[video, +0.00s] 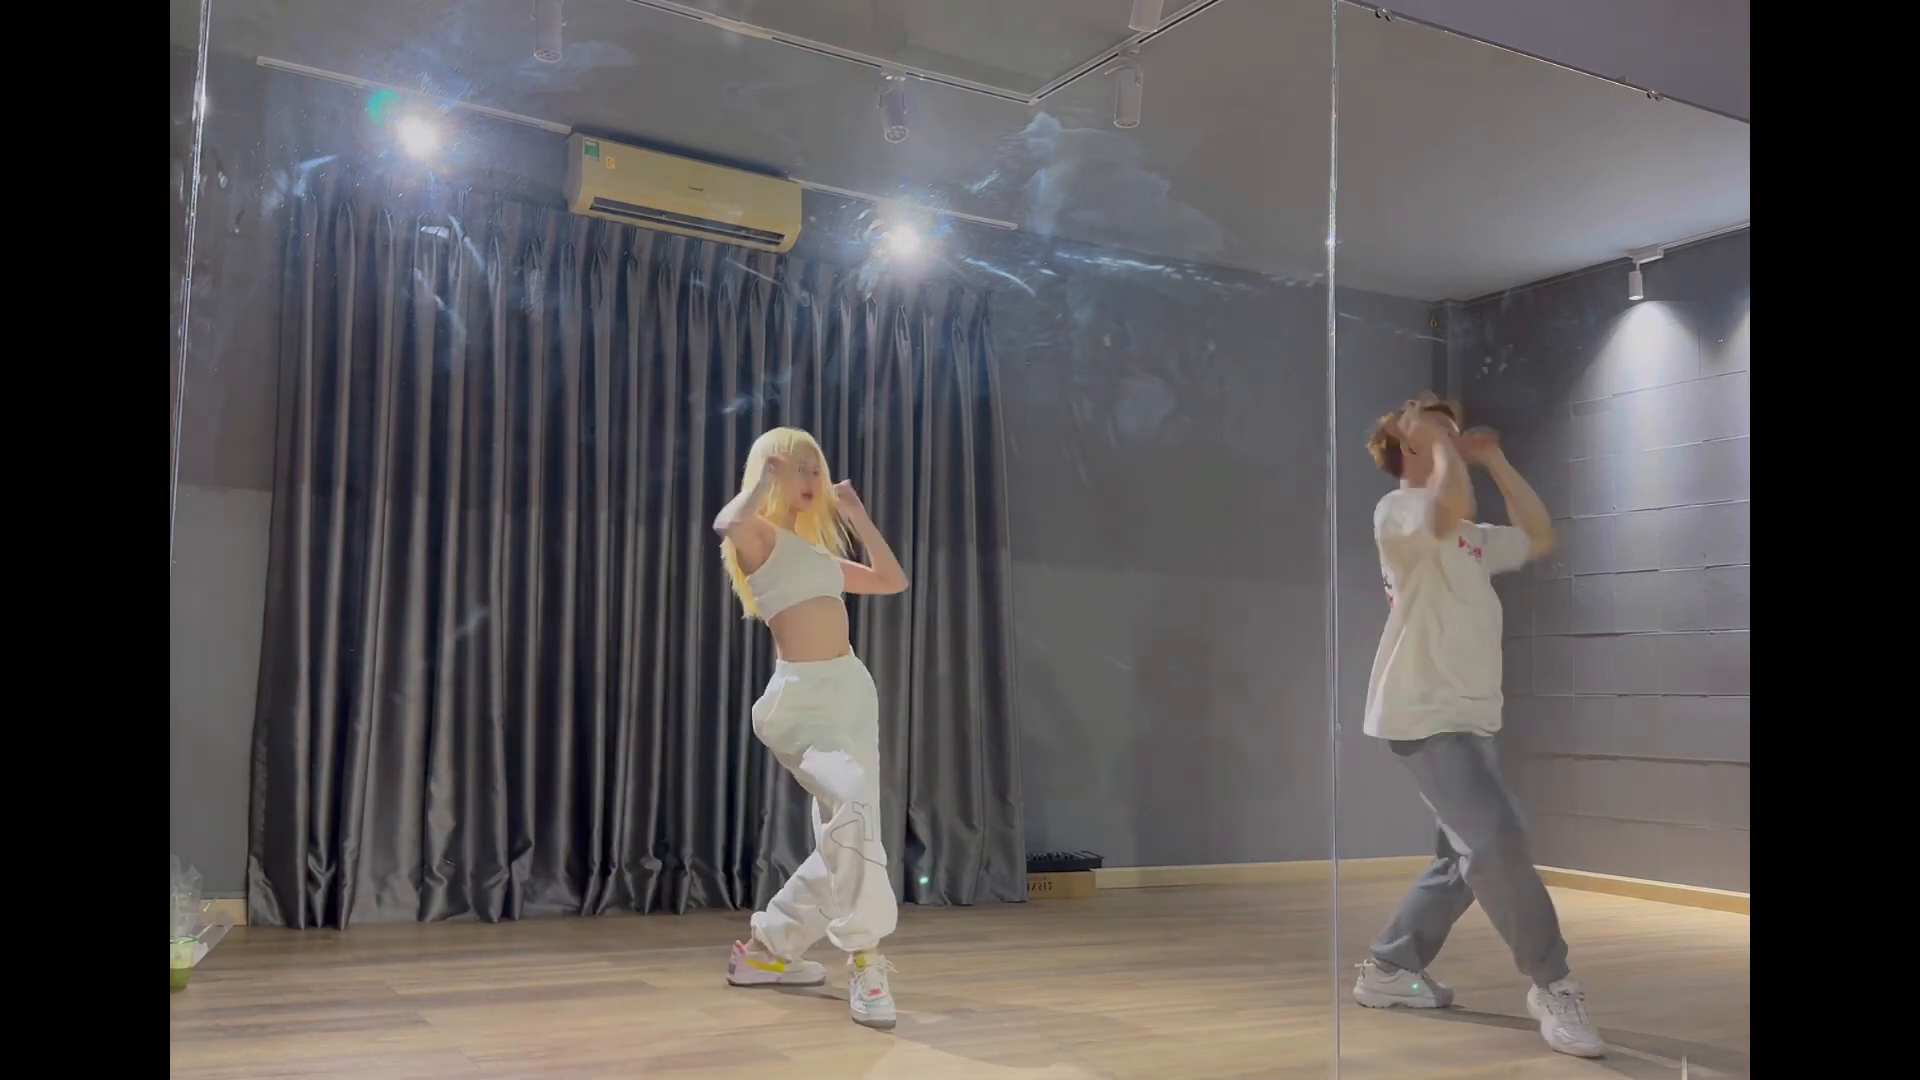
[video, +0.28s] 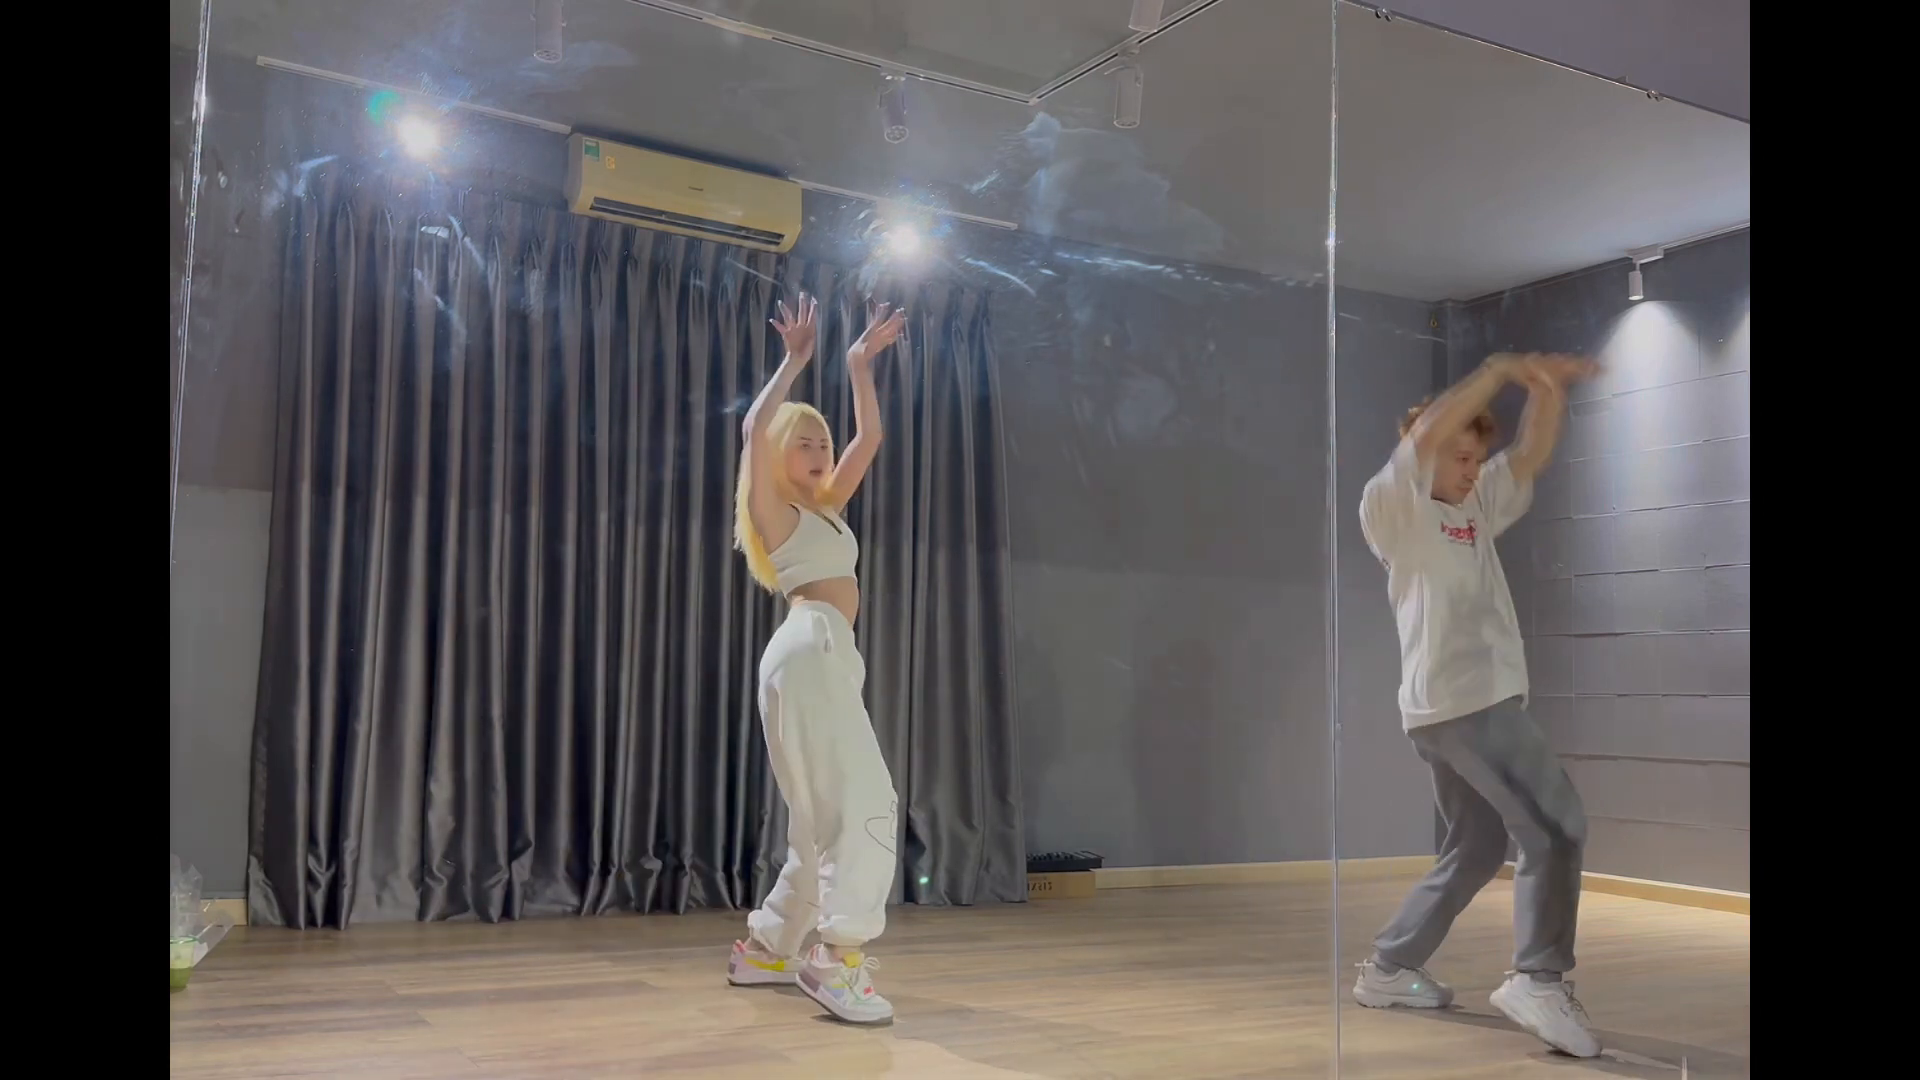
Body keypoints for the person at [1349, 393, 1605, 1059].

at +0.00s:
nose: (1445, 430)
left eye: (1448, 421)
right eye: (1429, 422)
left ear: (1455, 441)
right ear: (1401, 447)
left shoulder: (1472, 528)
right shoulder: (1393, 510)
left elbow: (1540, 537)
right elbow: (1449, 513)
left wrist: (1494, 460)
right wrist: (1446, 443)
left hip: (1477, 712)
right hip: (1421, 712)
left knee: (1467, 853)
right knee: (1497, 835)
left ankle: (1389, 970)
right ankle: (1552, 986)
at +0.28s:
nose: (1472, 472)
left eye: (1479, 460)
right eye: (1461, 457)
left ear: (1485, 462)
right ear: (1421, 448)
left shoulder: (1476, 504)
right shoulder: (1394, 513)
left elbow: (1526, 459)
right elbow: (1427, 436)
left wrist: (1548, 394)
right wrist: (1502, 367)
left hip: (1475, 701)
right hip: (1457, 703)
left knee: (1474, 850)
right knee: (1557, 827)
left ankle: (1388, 970)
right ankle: (1537, 983)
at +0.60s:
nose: (1459, 458)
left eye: (1466, 446)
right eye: (1449, 443)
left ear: (1466, 449)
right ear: (1409, 438)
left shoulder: (1458, 497)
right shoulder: (1367, 491)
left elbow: (1508, 438)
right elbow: (1349, 404)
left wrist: (1466, 374)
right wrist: (1400, 342)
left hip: (1469, 692)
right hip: (1402, 692)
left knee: (1465, 830)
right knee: (1468, 829)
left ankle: (1397, 961)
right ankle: (1529, 988)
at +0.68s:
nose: (1446, 453)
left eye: (1452, 443)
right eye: (1436, 439)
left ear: (1456, 449)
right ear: (1397, 436)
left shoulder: (1450, 508)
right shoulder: (1353, 500)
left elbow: (1524, 482)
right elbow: (1329, 455)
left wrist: (1468, 429)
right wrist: (1366, 400)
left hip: (1446, 697)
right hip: (1374, 695)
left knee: (1442, 827)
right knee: (1432, 806)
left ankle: (1394, 963)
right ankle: (1470, 951)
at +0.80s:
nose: (1421, 462)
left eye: (1431, 456)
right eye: (1412, 445)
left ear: (1432, 466)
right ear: (1374, 438)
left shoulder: (1425, 529)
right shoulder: (1319, 491)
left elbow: (1488, 559)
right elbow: (1321, 559)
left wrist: (1476, 494)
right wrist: (1380, 499)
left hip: (1425, 698)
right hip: (1353, 689)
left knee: (1442, 832)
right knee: (1382, 790)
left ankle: (1397, 962)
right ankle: (1330, 920)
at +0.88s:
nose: (1396, 485)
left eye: (1407, 476)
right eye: (1392, 467)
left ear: (1411, 476)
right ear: (1358, 448)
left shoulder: (1400, 527)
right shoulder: (1301, 505)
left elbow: (1436, 577)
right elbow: (1316, 599)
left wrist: (1463, 485)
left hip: (1407, 704)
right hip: (1338, 703)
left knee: (1442, 830)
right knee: (1330, 822)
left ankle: (1396, 964)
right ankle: (1238, 927)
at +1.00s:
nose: (1362, 484)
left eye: (1366, 471)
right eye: (1344, 475)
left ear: (1373, 473)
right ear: (1309, 489)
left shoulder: (1386, 536)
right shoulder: (1287, 543)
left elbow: (1448, 525)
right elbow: (1243, 630)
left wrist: (1405, 453)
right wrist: (1293, 688)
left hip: (1363, 736)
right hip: (1292, 728)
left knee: (1435, 832)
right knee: (1260, 847)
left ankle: (1393, 963)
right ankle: (1179, 960)